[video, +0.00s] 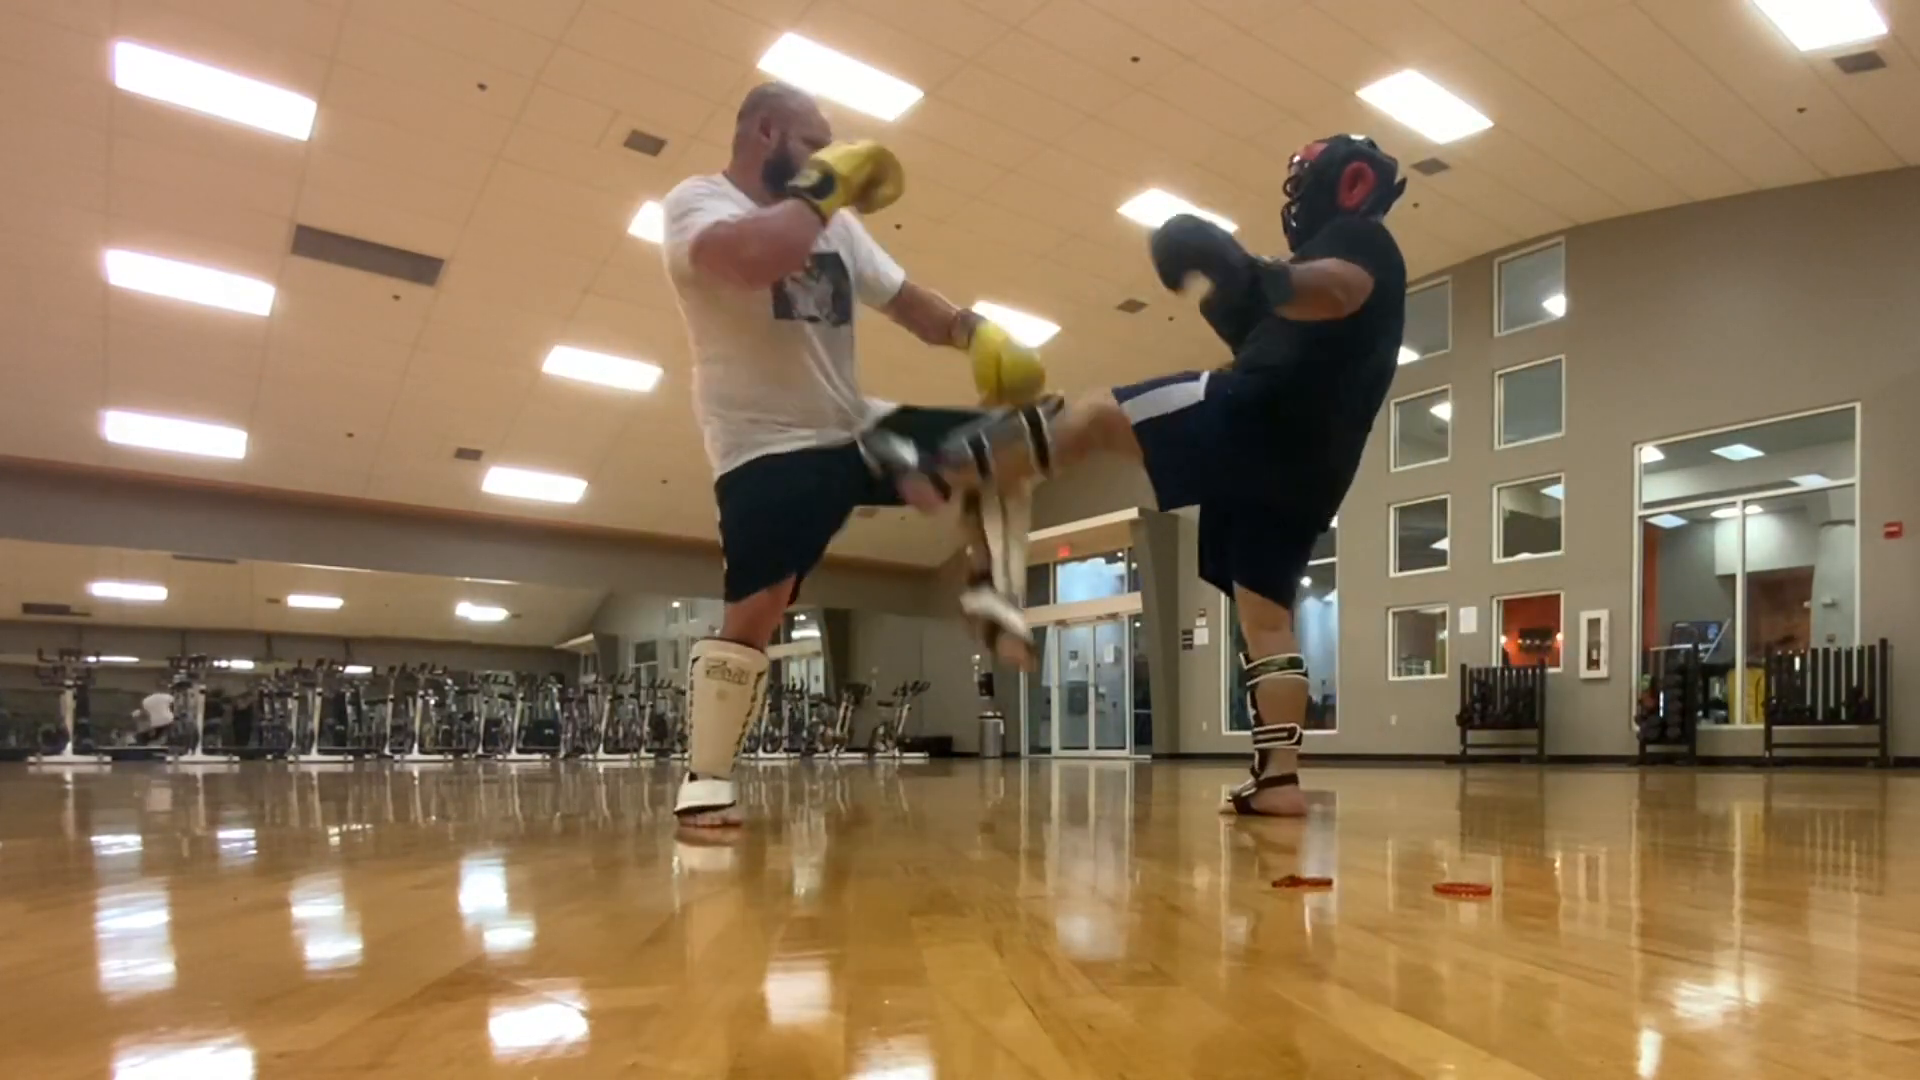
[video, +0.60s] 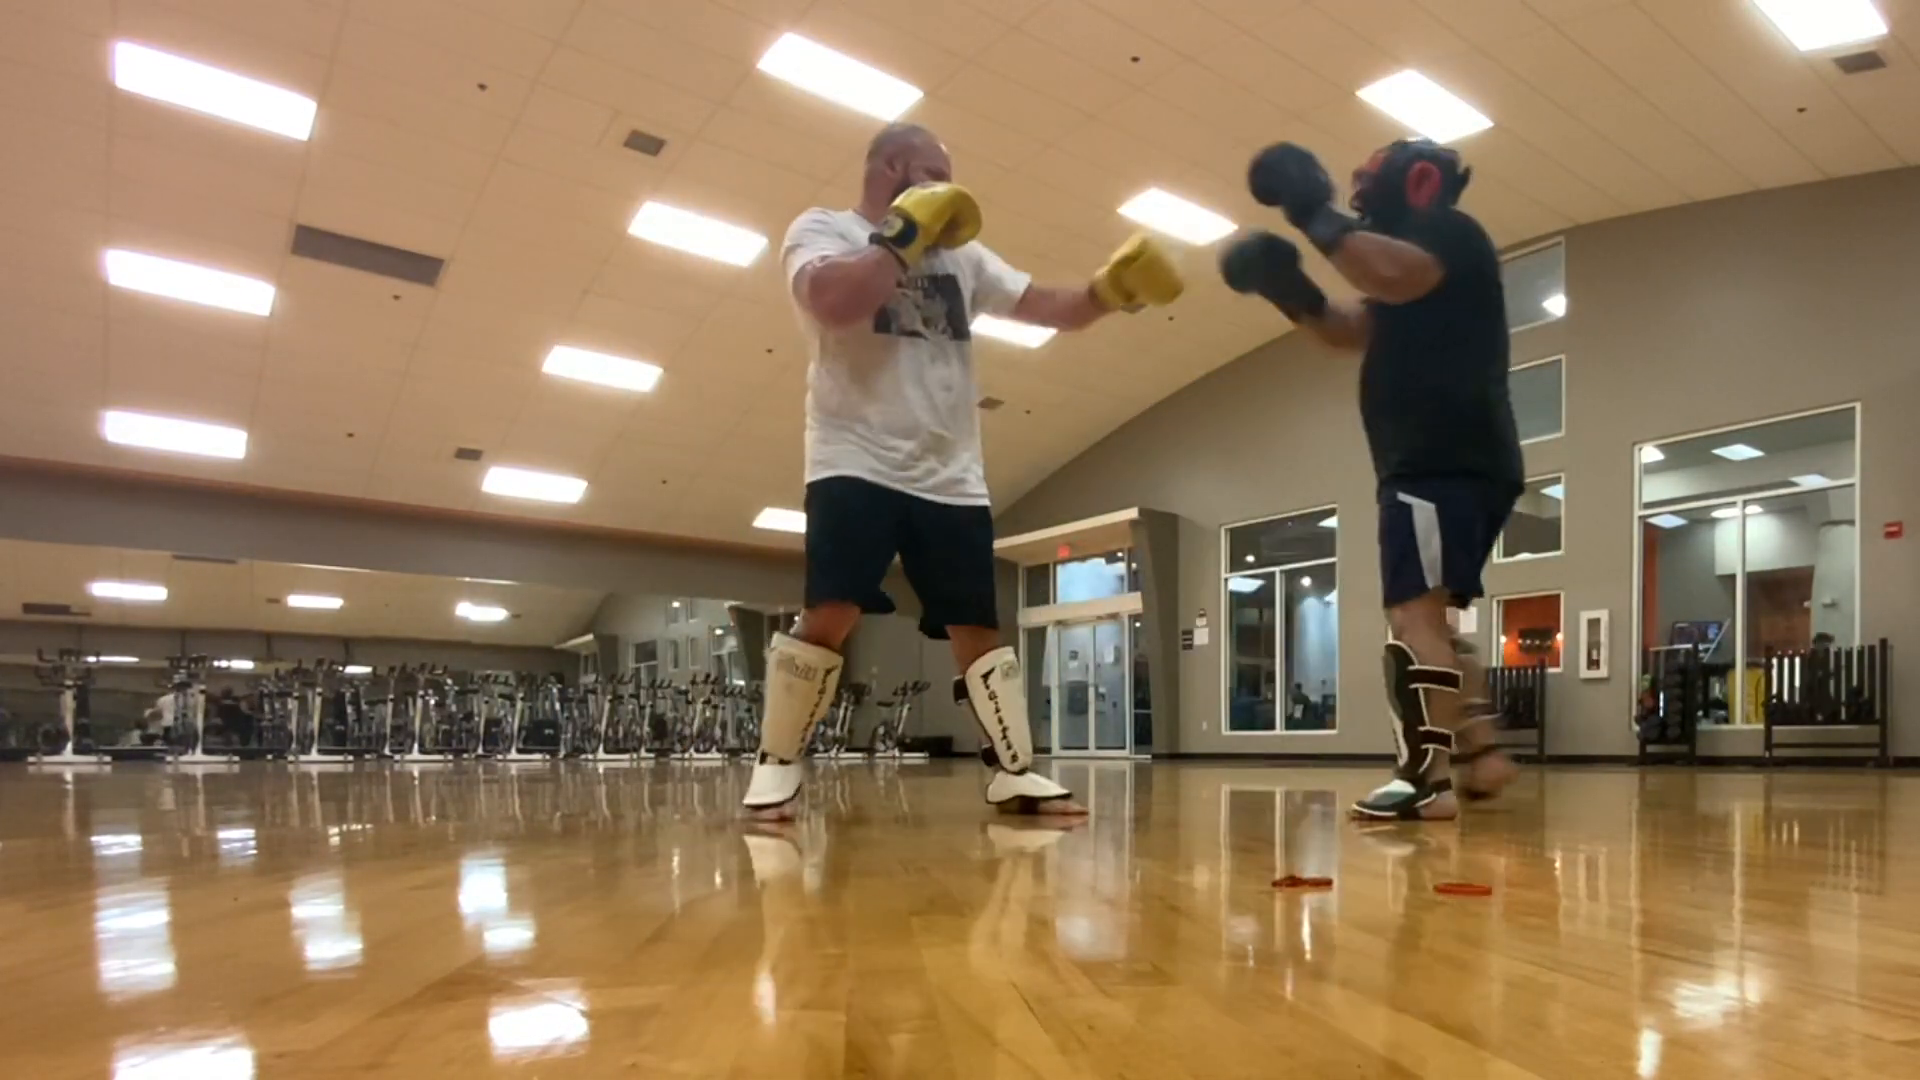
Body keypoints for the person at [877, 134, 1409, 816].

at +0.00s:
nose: (1289, 197)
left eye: (1302, 182)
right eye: (1292, 184)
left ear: (1342, 182)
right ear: (1358, 189)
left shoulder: (1359, 231)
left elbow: (1345, 290)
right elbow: (1289, 367)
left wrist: (1256, 276)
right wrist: (1226, 302)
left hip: (1260, 413)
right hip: (1309, 465)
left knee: (1095, 419)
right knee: (1267, 611)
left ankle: (948, 467)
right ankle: (1278, 781)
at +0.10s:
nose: (1290, 179)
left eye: (1304, 167)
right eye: (1293, 170)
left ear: (1349, 174)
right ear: (1355, 180)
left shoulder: (1366, 232)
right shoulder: (1324, 255)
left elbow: (1325, 279)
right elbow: (1301, 359)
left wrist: (1218, 223)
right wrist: (1248, 319)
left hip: (1274, 421)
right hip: (1318, 460)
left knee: (1121, 433)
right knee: (1273, 604)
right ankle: (1277, 780)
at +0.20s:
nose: (1294, 189)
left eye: (1308, 173)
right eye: (1296, 177)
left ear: (1355, 176)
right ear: (1361, 182)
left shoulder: (1367, 229)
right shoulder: (1351, 261)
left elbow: (1302, 257)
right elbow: (1287, 358)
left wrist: (1226, 177)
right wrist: (1237, 283)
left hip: (1296, 433)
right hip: (1349, 458)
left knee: (1167, 518)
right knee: (1289, 608)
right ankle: (1280, 778)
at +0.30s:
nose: (1300, 176)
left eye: (1313, 161)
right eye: (1304, 167)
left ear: (1358, 170)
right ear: (1364, 177)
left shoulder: (1371, 230)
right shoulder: (1342, 261)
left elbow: (1277, 229)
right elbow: (1284, 362)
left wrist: (1239, 146)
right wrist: (1239, 272)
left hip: (1334, 452)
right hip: (1361, 464)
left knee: (1263, 598)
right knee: (1303, 618)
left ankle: (1357, 736)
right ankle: (1286, 772)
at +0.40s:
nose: (1303, 191)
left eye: (1314, 175)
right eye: (1305, 180)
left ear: (1358, 175)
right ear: (1372, 181)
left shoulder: (1379, 231)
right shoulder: (1360, 266)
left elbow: (1280, 235)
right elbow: (1299, 356)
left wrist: (1246, 151)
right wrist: (1240, 284)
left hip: (1378, 455)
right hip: (1368, 462)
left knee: (1357, 611)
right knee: (1333, 614)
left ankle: (1424, 772)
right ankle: (1292, 767)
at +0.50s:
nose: (1324, 202)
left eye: (1333, 188)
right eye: (1323, 191)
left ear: (1376, 180)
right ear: (1382, 186)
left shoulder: (1409, 231)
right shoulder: (1379, 276)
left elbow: (1327, 263)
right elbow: (1309, 331)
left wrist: (1265, 197)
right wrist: (1251, 259)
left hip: (1425, 453)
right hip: (1391, 461)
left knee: (1396, 614)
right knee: (1361, 610)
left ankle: (1429, 778)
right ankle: (1356, 757)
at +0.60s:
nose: (1354, 189)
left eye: (1367, 175)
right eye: (1356, 180)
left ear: (1418, 178)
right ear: (1419, 183)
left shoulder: (1451, 232)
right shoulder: (1410, 259)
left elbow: (1397, 276)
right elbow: (1349, 331)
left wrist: (1315, 213)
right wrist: (1288, 289)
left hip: (1446, 455)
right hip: (1432, 457)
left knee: (1415, 609)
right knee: (1422, 609)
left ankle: (1427, 777)